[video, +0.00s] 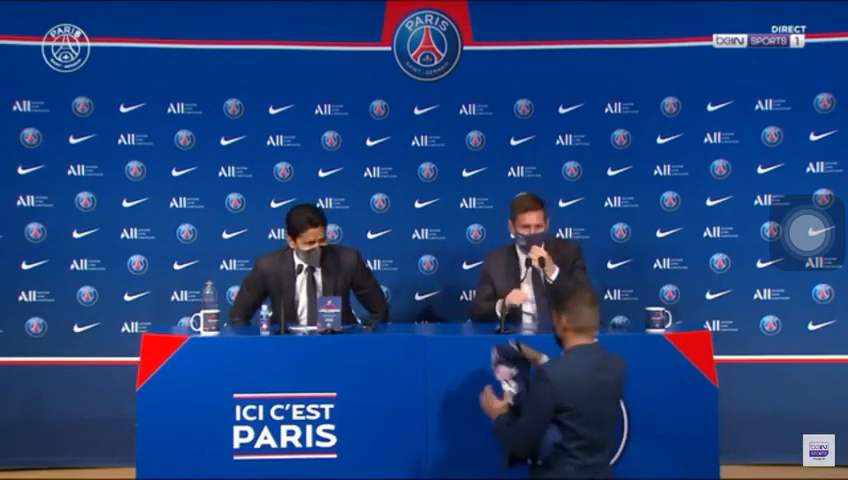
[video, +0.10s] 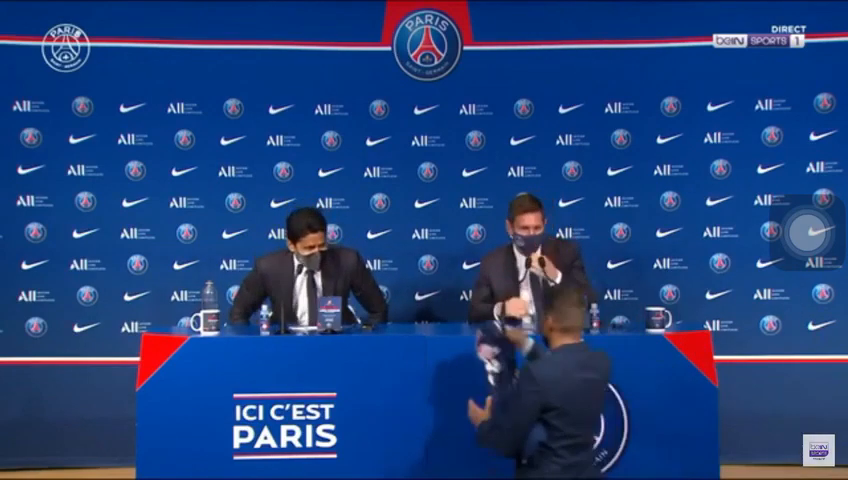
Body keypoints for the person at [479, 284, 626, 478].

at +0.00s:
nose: (553, 324)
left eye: (553, 319)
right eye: (552, 319)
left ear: (563, 323)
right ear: (596, 320)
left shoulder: (549, 376)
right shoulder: (616, 366)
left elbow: (520, 445)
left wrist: (498, 415)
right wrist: (541, 360)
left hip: (561, 471)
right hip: (601, 469)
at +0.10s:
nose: (540, 325)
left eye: (542, 319)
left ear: (549, 323)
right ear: (583, 321)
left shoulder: (536, 372)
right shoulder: (601, 363)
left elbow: (506, 441)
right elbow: (564, 375)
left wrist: (483, 424)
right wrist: (526, 345)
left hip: (547, 468)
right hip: (585, 466)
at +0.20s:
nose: (518, 316)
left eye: (520, 309)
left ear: (527, 317)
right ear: (561, 318)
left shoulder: (516, 371)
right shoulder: (580, 353)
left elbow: (489, 441)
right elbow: (537, 341)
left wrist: (469, 431)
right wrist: (500, 320)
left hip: (528, 468)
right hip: (568, 464)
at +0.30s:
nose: (504, 317)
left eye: (505, 313)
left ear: (512, 318)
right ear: (546, 315)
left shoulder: (499, 370)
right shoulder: (565, 350)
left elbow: (474, 444)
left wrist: (465, 422)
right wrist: (486, 308)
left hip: (515, 467)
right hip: (557, 463)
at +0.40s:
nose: (483, 315)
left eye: (484, 310)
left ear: (488, 319)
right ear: (523, 316)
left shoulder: (477, 369)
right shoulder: (544, 348)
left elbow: (457, 442)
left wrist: (454, 421)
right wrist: (475, 298)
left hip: (499, 466)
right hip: (542, 462)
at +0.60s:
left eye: (440, 309)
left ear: (444, 315)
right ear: (482, 311)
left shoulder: (435, 368)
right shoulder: (504, 344)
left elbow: (425, 444)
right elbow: (481, 312)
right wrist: (453, 281)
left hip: (467, 461)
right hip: (515, 458)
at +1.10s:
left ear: (382, 313)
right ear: (420, 307)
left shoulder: (376, 365)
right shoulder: (446, 333)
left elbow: (377, 436)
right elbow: (428, 310)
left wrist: (381, 449)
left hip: (417, 464)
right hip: (466, 458)